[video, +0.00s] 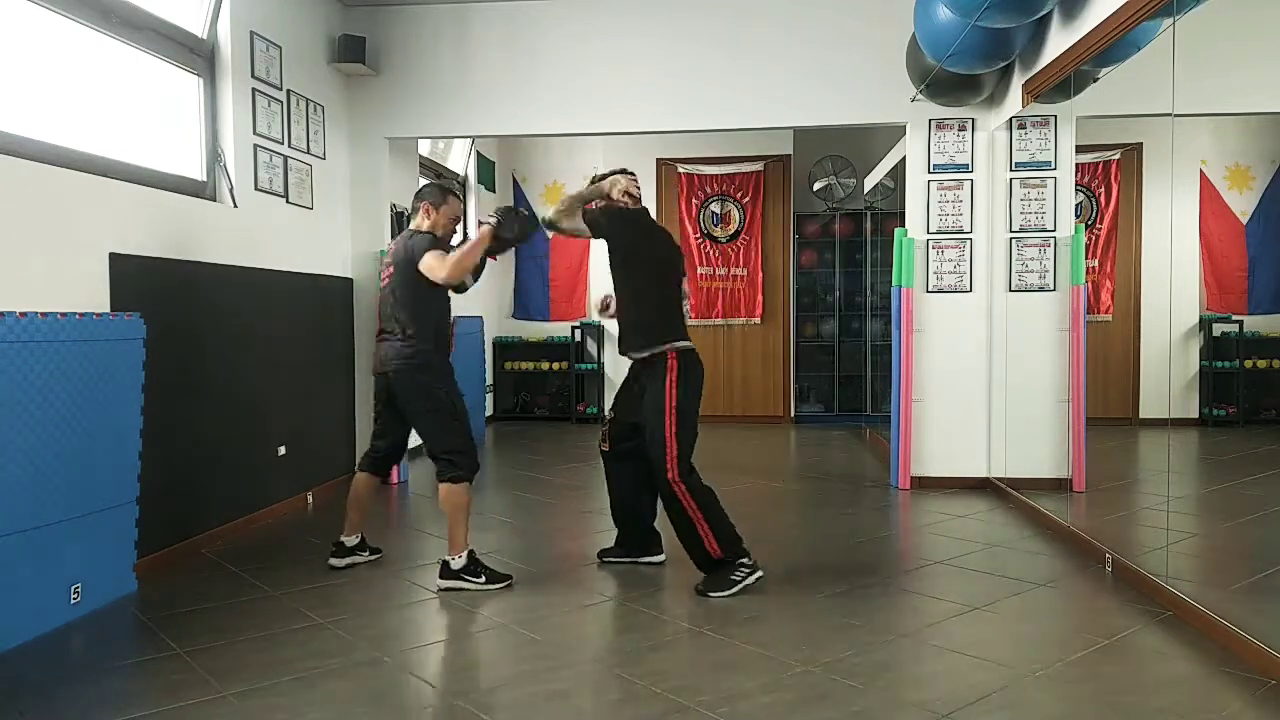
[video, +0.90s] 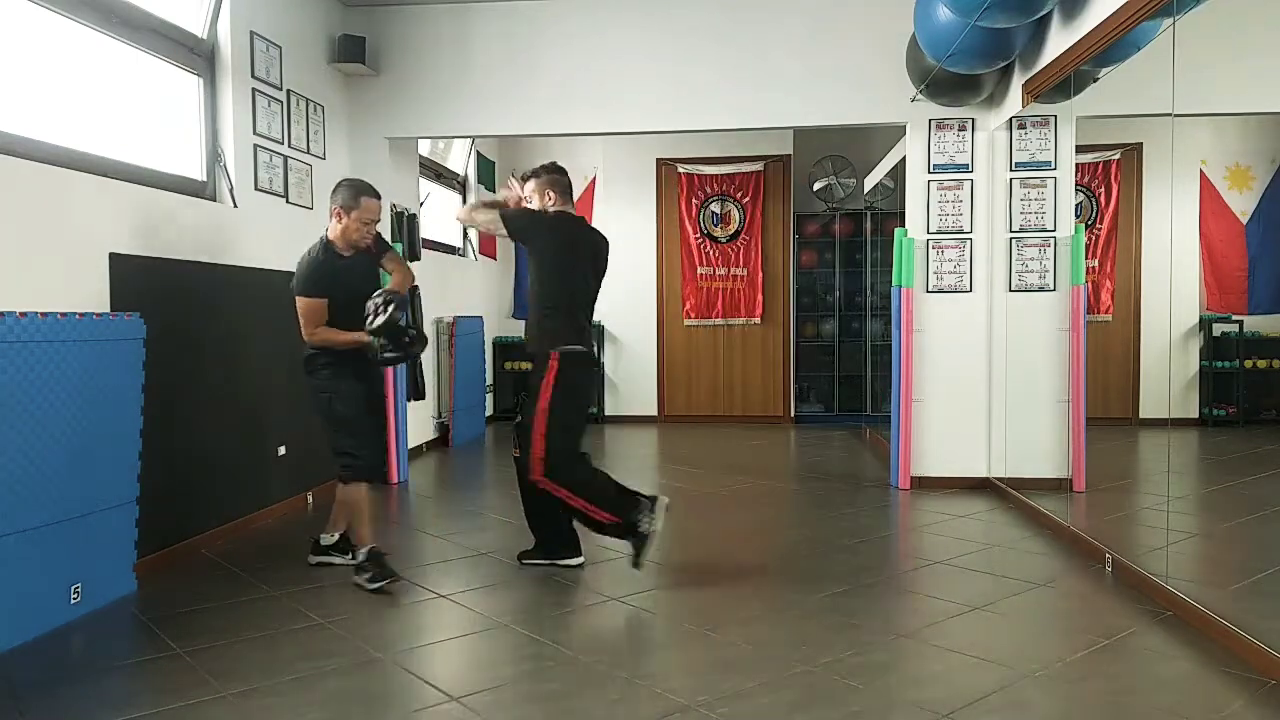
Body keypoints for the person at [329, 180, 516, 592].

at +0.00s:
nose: (455, 227)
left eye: (457, 220)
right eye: (452, 218)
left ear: (422, 211)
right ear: (427, 209)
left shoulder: (400, 245)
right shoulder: (419, 242)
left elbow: (457, 282)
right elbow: (447, 272)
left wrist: (480, 251)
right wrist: (483, 236)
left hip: (391, 366)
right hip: (421, 367)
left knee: (379, 456)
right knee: (457, 460)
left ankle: (349, 542)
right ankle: (458, 561)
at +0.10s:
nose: (445, 224)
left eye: (447, 218)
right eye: (443, 217)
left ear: (414, 211)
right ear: (422, 210)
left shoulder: (389, 245)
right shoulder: (414, 232)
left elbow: (409, 293)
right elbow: (445, 222)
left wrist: (446, 272)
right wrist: (488, 186)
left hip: (373, 363)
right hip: (407, 361)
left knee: (366, 456)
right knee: (442, 460)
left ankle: (347, 543)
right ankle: (435, 561)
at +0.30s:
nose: (432, 218)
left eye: (434, 212)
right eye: (427, 210)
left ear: (428, 213)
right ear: (407, 208)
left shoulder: (389, 247)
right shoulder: (392, 234)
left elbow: (401, 304)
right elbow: (396, 205)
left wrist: (438, 282)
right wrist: (444, 174)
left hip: (370, 362)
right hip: (396, 362)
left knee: (368, 455)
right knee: (430, 458)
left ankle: (343, 543)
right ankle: (424, 560)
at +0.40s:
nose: (418, 221)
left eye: (421, 215)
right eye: (412, 213)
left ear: (399, 213)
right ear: (386, 208)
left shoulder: (400, 250)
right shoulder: (375, 235)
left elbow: (424, 301)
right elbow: (361, 258)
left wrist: (451, 265)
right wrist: (421, 238)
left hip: (380, 366)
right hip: (392, 367)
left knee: (375, 455)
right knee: (428, 457)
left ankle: (342, 541)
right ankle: (410, 561)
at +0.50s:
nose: (408, 217)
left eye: (410, 210)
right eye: (401, 209)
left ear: (404, 210)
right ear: (374, 208)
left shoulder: (396, 251)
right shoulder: (363, 241)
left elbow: (430, 287)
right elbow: (343, 291)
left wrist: (455, 247)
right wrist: (408, 289)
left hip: (392, 369)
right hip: (387, 371)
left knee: (377, 456)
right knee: (427, 462)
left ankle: (342, 542)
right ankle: (410, 561)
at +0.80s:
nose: (383, 229)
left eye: (386, 221)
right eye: (377, 221)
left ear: (385, 217)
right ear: (347, 213)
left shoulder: (379, 249)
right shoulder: (330, 260)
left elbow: (418, 271)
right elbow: (320, 324)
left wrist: (431, 241)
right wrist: (383, 339)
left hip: (380, 369)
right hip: (352, 372)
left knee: (372, 458)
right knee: (389, 457)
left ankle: (333, 538)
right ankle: (403, 558)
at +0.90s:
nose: (373, 232)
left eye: (375, 224)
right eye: (366, 224)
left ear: (357, 218)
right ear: (338, 215)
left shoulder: (369, 246)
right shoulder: (313, 266)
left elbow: (404, 273)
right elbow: (312, 332)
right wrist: (369, 338)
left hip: (364, 365)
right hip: (331, 369)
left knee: (361, 457)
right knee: (358, 458)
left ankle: (332, 538)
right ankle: (366, 553)